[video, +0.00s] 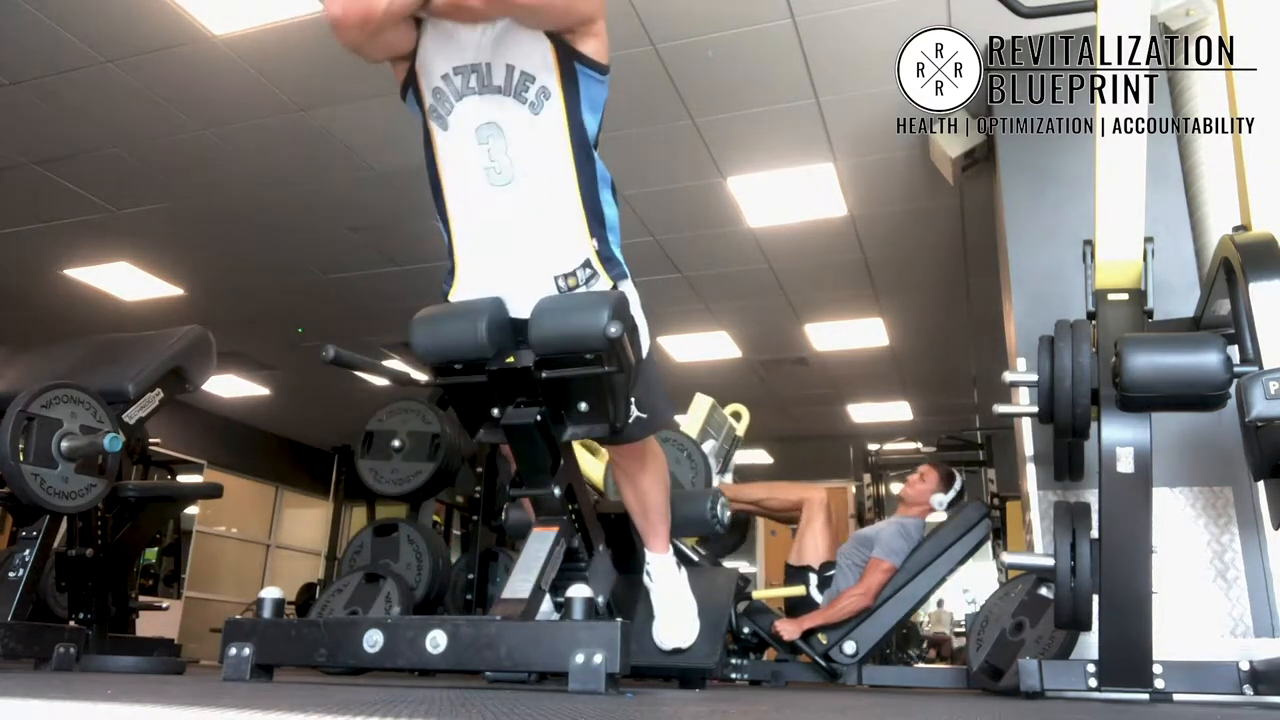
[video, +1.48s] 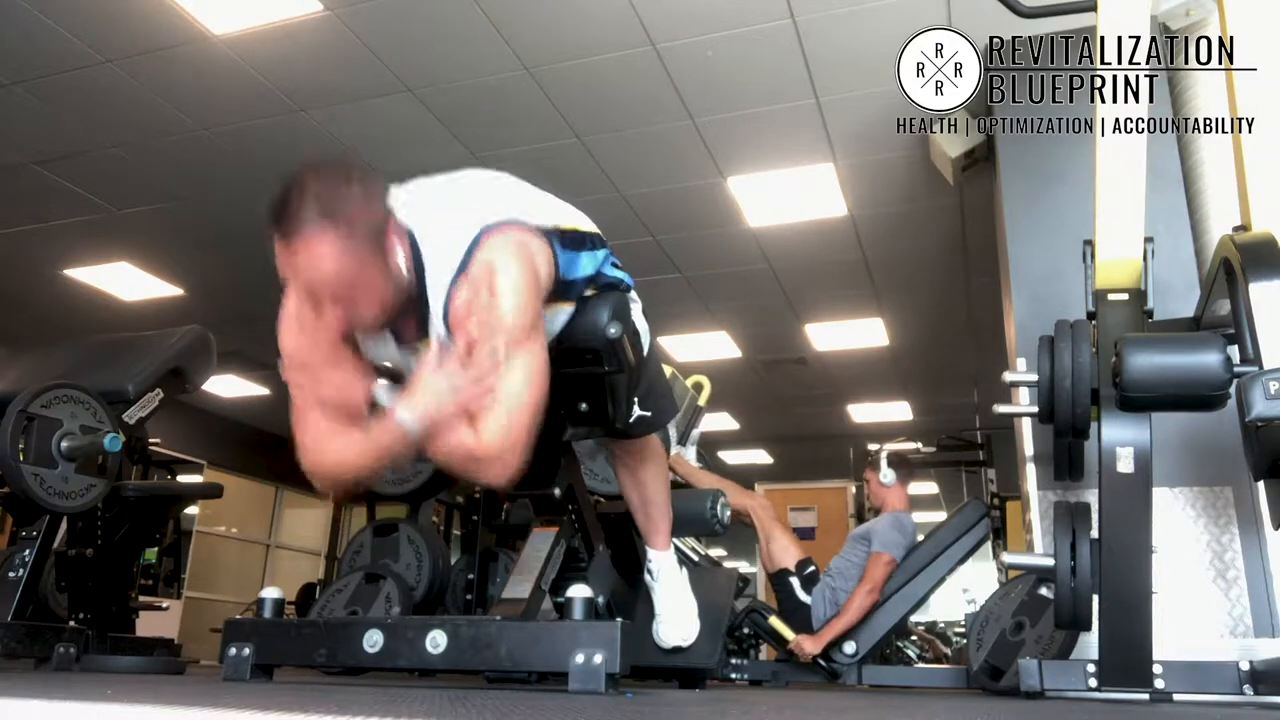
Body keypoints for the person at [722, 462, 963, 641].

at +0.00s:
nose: (910, 478)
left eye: (922, 479)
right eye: (916, 473)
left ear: (935, 501)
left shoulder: (900, 531)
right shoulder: (902, 525)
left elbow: (864, 595)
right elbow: (865, 592)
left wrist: (801, 623)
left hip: (815, 606)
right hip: (820, 599)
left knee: (817, 498)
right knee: (813, 502)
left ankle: (720, 490)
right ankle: (727, 499)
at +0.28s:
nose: (897, 479)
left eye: (907, 476)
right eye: (901, 473)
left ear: (925, 493)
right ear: (920, 494)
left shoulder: (897, 529)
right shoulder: (905, 527)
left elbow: (865, 596)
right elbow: (867, 592)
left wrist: (801, 624)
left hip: (813, 604)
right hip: (817, 598)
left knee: (802, 497)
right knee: (798, 502)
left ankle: (706, 478)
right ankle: (723, 490)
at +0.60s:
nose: (878, 483)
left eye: (884, 477)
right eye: (880, 476)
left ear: (904, 484)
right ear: (906, 485)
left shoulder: (894, 528)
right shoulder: (898, 527)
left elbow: (870, 597)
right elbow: (870, 595)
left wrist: (806, 622)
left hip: (814, 607)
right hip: (818, 602)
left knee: (763, 503)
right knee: (766, 505)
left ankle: (678, 461)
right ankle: (689, 467)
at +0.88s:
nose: (870, 487)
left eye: (872, 480)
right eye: (870, 480)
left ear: (886, 478)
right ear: (898, 479)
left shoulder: (895, 526)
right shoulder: (896, 524)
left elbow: (871, 586)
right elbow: (870, 583)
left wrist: (805, 579)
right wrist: (810, 579)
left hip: (817, 613)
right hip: (820, 605)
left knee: (753, 508)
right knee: (754, 510)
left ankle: (672, 459)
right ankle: (682, 464)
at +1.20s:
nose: (868, 492)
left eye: (869, 484)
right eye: (867, 485)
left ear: (882, 480)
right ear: (897, 481)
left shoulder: (893, 523)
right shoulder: (895, 522)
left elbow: (882, 586)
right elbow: (876, 584)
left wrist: (815, 606)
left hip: (813, 599)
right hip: (816, 596)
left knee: (754, 510)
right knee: (757, 513)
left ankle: (671, 458)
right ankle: (684, 464)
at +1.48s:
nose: (867, 488)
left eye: (868, 481)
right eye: (867, 481)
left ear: (882, 479)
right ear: (898, 481)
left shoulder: (891, 526)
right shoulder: (898, 524)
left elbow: (870, 592)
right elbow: (872, 592)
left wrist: (819, 640)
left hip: (813, 615)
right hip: (821, 607)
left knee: (759, 506)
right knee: (762, 508)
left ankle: (676, 463)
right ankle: (689, 472)